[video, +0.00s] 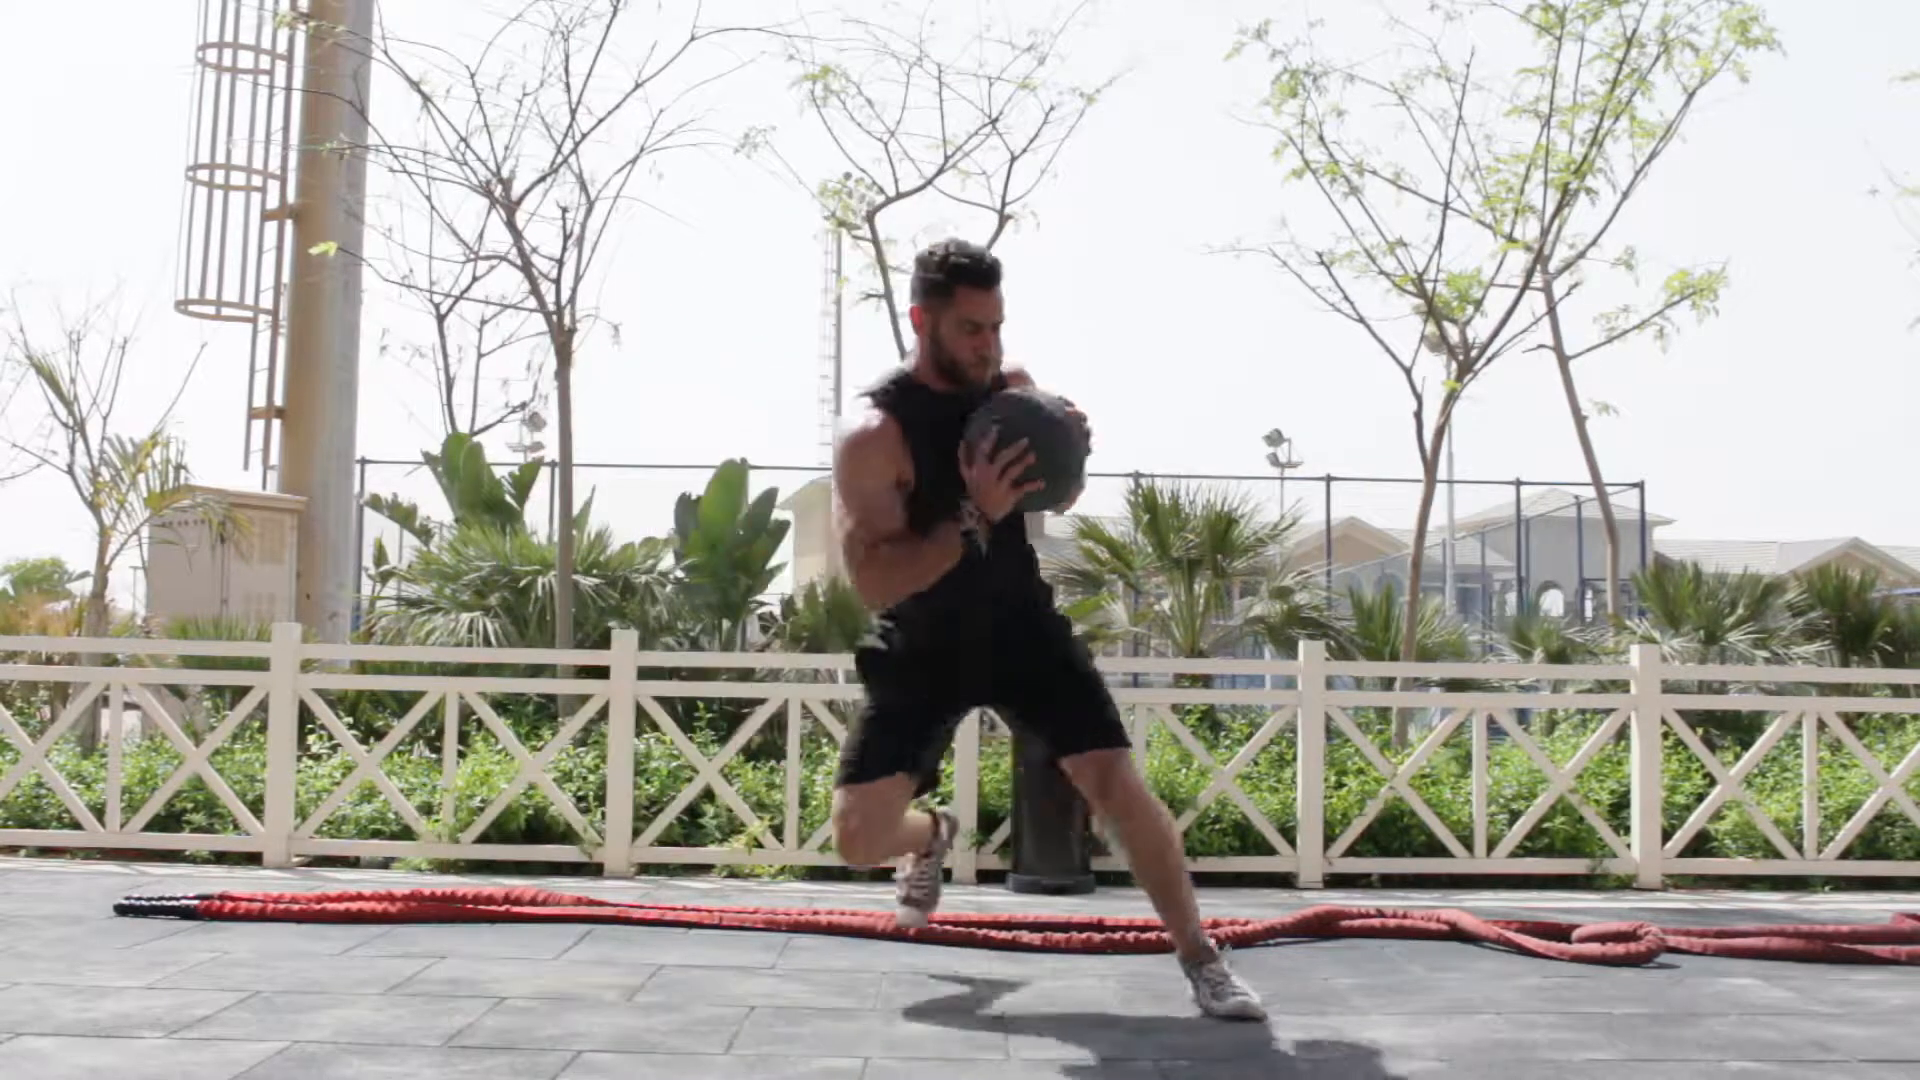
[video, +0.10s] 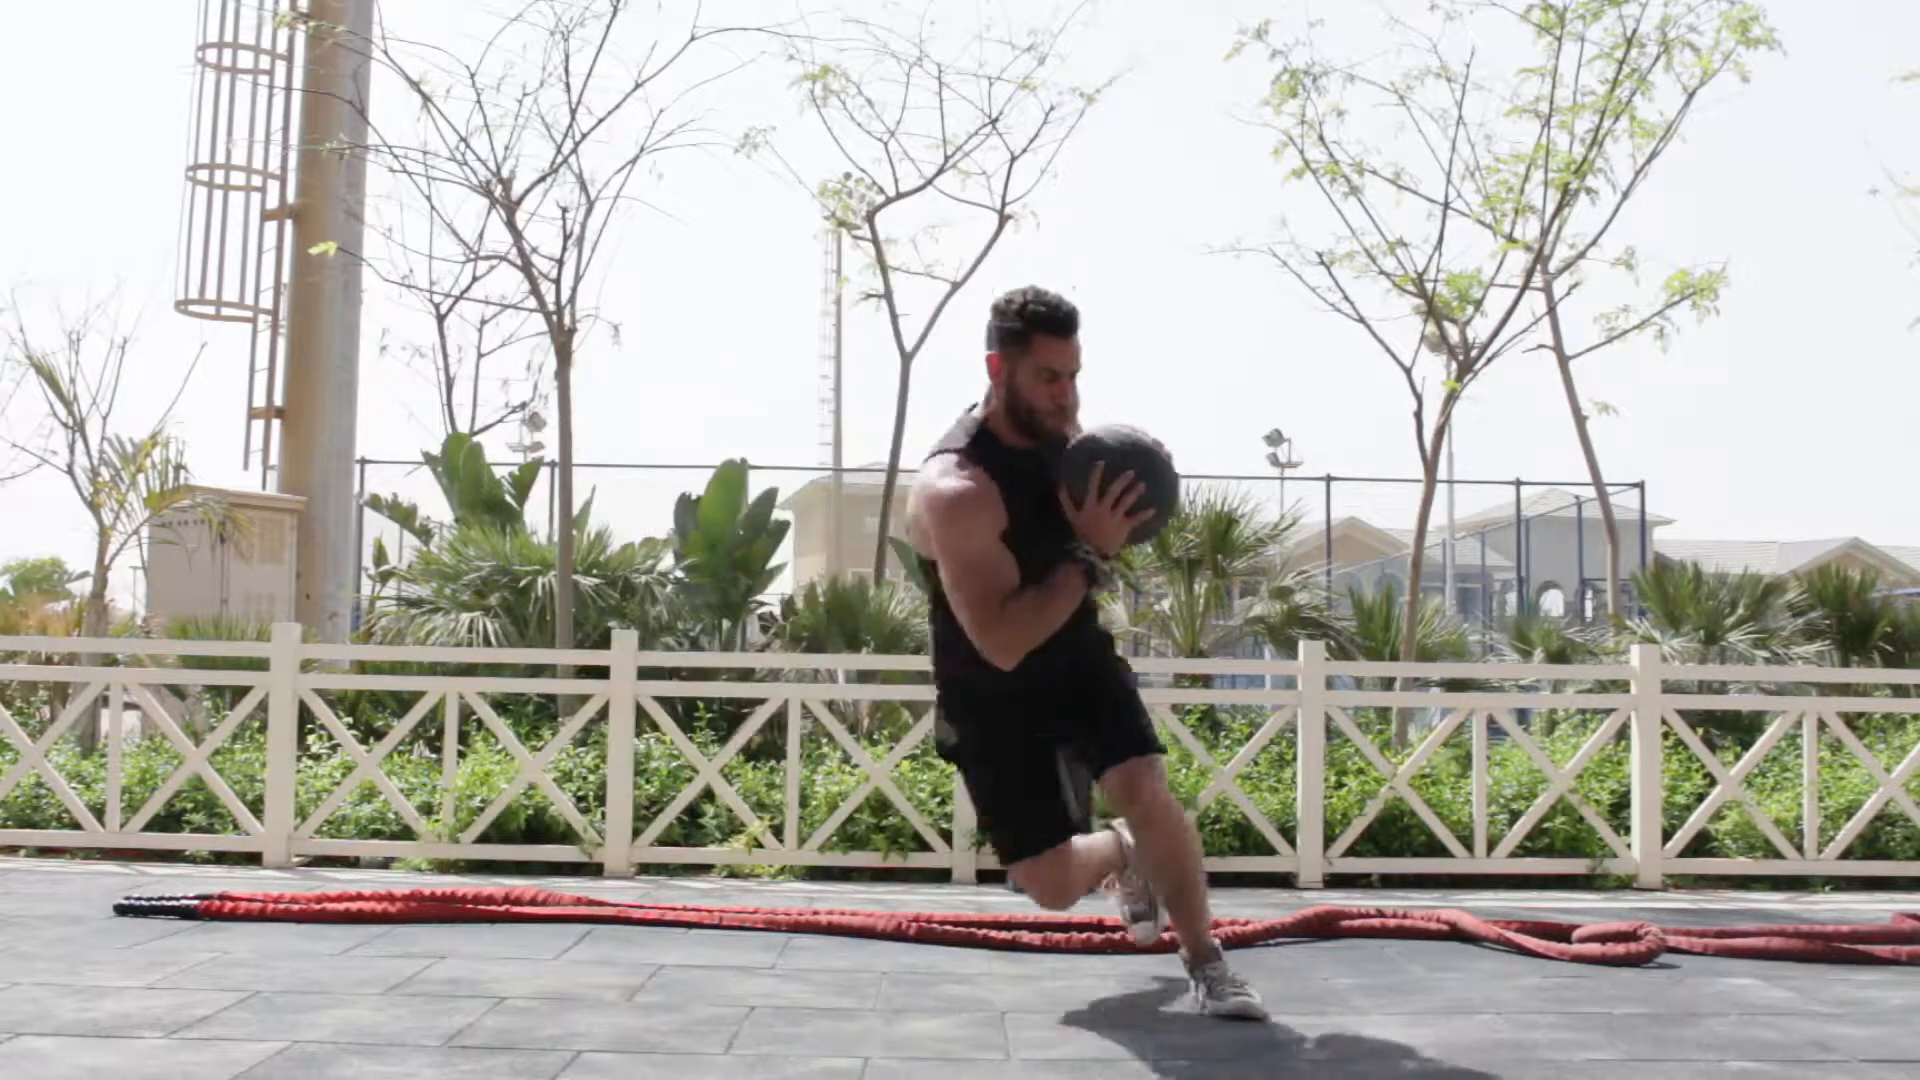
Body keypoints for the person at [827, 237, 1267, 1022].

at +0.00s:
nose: (991, 347)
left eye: (997, 328)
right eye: (973, 329)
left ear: (1002, 321)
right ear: (919, 323)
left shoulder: (1008, 390)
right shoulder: (872, 438)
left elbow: (1047, 494)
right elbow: (875, 582)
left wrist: (1064, 439)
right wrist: (972, 519)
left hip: (1021, 632)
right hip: (918, 648)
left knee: (1114, 782)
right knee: (860, 838)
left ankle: (1200, 956)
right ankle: (931, 835)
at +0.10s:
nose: (1068, 396)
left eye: (1073, 376)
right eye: (1049, 378)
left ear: (1078, 368)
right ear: (995, 370)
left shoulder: (1059, 434)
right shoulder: (955, 490)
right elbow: (1000, 641)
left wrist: (1116, 506)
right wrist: (1090, 556)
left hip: (1076, 658)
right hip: (988, 698)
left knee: (1144, 793)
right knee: (1050, 884)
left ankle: (1205, 960)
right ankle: (1129, 846)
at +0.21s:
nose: (1116, 428)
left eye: (1122, 409)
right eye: (1098, 410)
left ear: (1126, 399)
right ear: (1045, 401)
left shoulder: (1094, 473)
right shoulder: (998, 516)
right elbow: (1049, 669)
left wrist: (1138, 554)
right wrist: (1132, 579)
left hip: (1095, 669)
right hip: (1019, 722)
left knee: (1156, 797)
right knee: (1141, 865)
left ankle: (1207, 962)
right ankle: (1248, 845)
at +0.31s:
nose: (1103, 422)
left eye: (1111, 403)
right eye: (1084, 404)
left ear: (1118, 395)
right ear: (1035, 396)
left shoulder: (1099, 470)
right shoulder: (977, 502)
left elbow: (1150, 582)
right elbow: (999, 657)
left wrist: (1143, 553)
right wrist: (1094, 576)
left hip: (1096, 663)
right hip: (1013, 701)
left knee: (1151, 793)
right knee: (1083, 872)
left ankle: (1207, 963)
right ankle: (1198, 850)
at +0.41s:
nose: (1032, 389)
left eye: (1047, 369)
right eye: (1015, 370)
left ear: (1068, 363)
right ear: (986, 363)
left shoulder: (1102, 452)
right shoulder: (938, 469)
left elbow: (1160, 576)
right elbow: (901, 608)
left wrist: (1124, 512)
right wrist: (1002, 558)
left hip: (1079, 667)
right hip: (971, 674)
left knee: (1151, 797)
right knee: (926, 828)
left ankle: (1208, 963)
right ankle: (1036, 864)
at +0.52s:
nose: (936, 337)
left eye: (953, 319)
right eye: (922, 319)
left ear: (988, 316)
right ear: (907, 318)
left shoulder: (1046, 419)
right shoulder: (867, 421)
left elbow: (1093, 548)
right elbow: (808, 544)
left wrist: (1030, 501)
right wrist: (878, 510)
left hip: (1017, 639)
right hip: (903, 633)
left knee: (1107, 782)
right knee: (766, 745)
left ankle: (1202, 959)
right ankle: (793, 901)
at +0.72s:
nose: (717, 308)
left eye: (736, 295)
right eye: (712, 289)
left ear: (784, 295)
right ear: (705, 283)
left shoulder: (839, 393)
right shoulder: (687, 365)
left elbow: (841, 548)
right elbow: (649, 486)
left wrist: (746, 484)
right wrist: (647, 448)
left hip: (816, 606)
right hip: (708, 597)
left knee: (904, 771)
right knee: (591, 743)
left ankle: (906, 867)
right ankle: (463, 923)